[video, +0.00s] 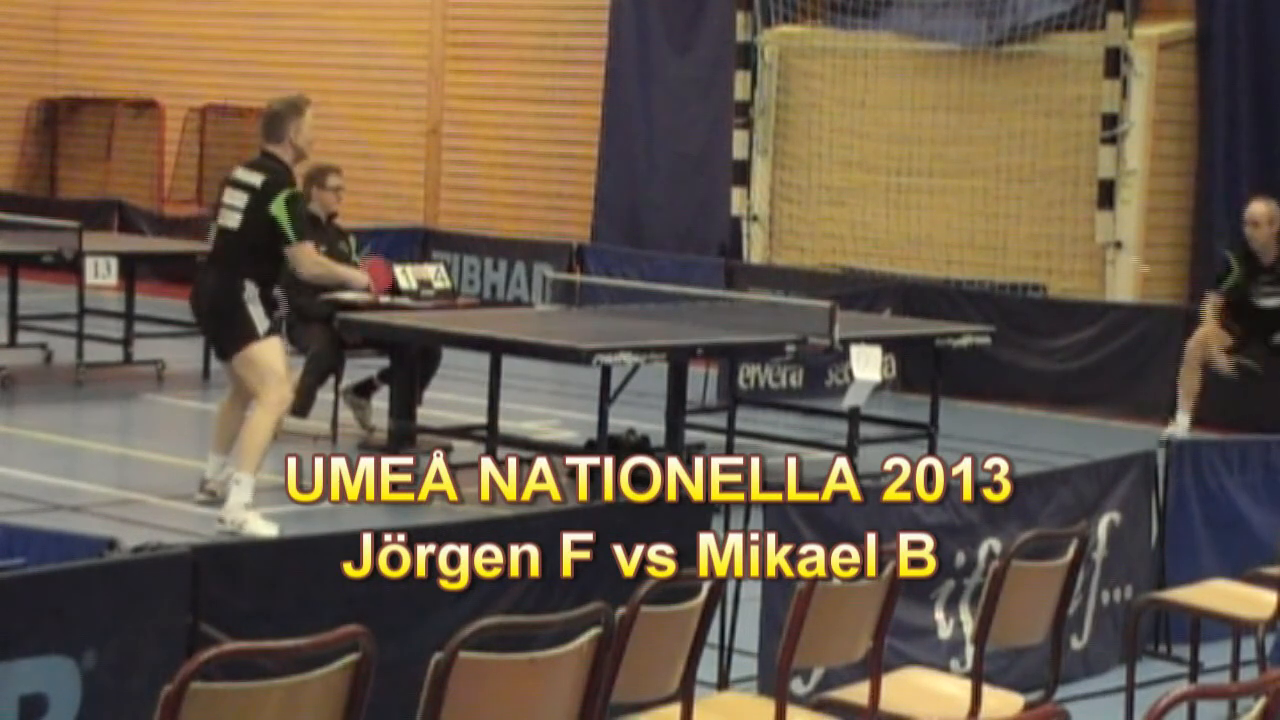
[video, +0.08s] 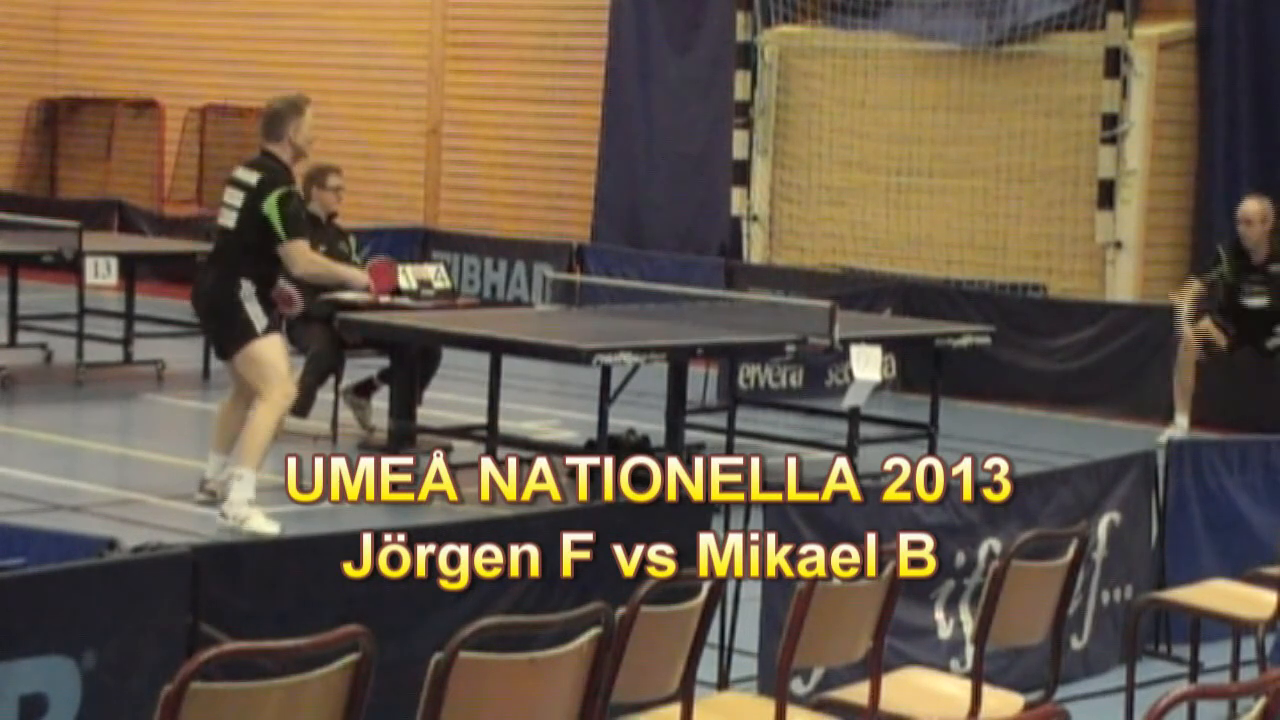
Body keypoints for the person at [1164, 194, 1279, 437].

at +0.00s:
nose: (1249, 231)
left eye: (1256, 224)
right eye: (1247, 224)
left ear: (1275, 227)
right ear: (1242, 226)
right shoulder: (1241, 264)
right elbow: (1210, 305)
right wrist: (1217, 350)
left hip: (1275, 332)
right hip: (1246, 328)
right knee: (1196, 344)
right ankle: (1182, 421)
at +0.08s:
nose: (1242, 229)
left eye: (1249, 223)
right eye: (1239, 222)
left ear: (1268, 224)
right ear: (1235, 224)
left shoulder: (1275, 258)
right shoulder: (1230, 256)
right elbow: (1195, 288)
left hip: (1270, 328)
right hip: (1233, 325)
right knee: (1188, 342)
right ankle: (1181, 423)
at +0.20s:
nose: (1235, 225)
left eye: (1242, 218)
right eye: (1233, 218)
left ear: (1260, 222)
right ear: (1228, 221)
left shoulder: (1273, 254)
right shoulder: (1220, 250)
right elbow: (1194, 259)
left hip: (1270, 322)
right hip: (1232, 318)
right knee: (1189, 350)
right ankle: (1181, 423)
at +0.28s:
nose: (1241, 219)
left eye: (1249, 212)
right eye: (1239, 212)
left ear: (1268, 216)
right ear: (1235, 214)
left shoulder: (1276, 252)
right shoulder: (1227, 247)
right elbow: (1186, 260)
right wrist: (1147, 262)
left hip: (1272, 322)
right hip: (1235, 318)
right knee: (1193, 354)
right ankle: (1181, 424)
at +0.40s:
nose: (1260, 217)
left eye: (1268, 211)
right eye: (1259, 209)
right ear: (1255, 212)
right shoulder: (1246, 247)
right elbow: (1212, 279)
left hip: (1275, 322)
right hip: (1250, 319)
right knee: (1207, 358)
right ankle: (1185, 422)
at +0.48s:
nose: (1270, 220)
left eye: (1275, 214)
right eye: (1268, 213)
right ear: (1264, 215)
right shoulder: (1258, 249)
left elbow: (1234, 289)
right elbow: (1234, 289)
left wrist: (1203, 327)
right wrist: (1203, 328)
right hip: (1263, 319)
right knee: (1216, 358)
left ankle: (1187, 422)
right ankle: (1188, 423)